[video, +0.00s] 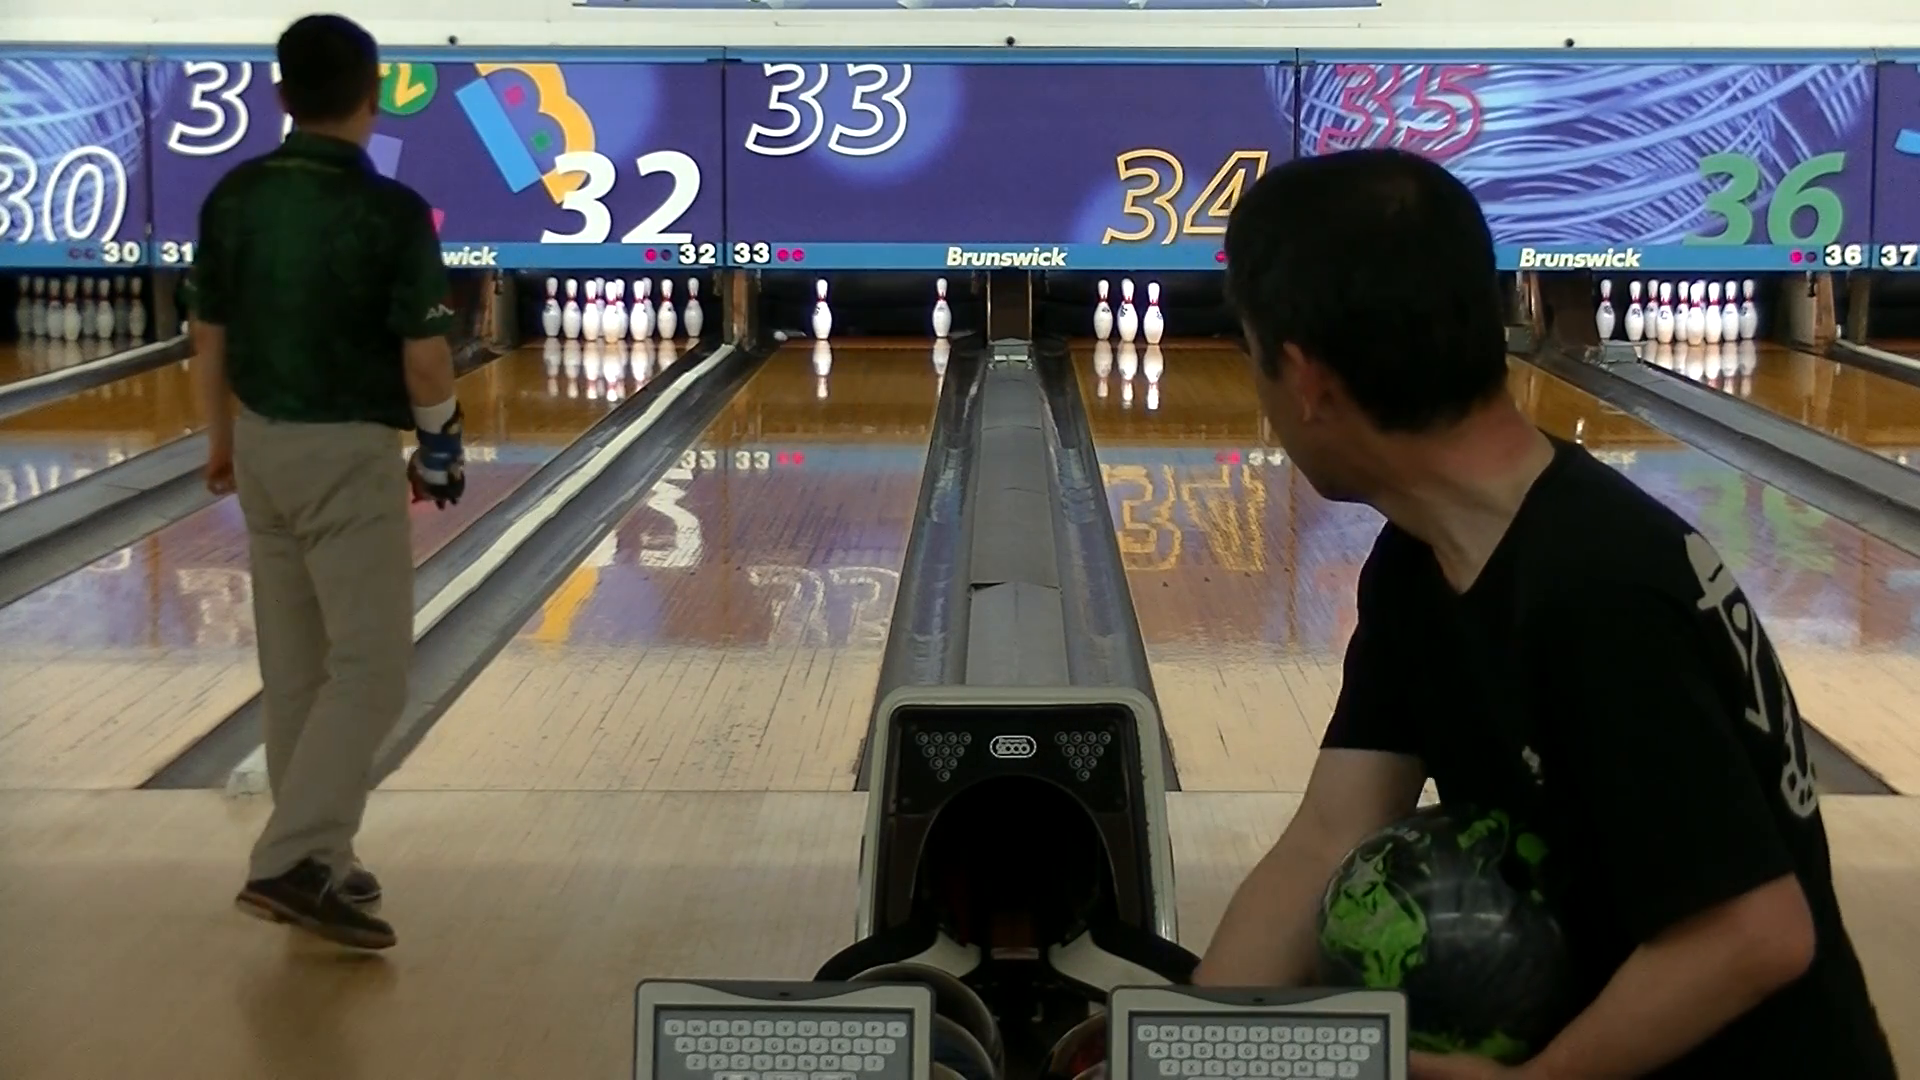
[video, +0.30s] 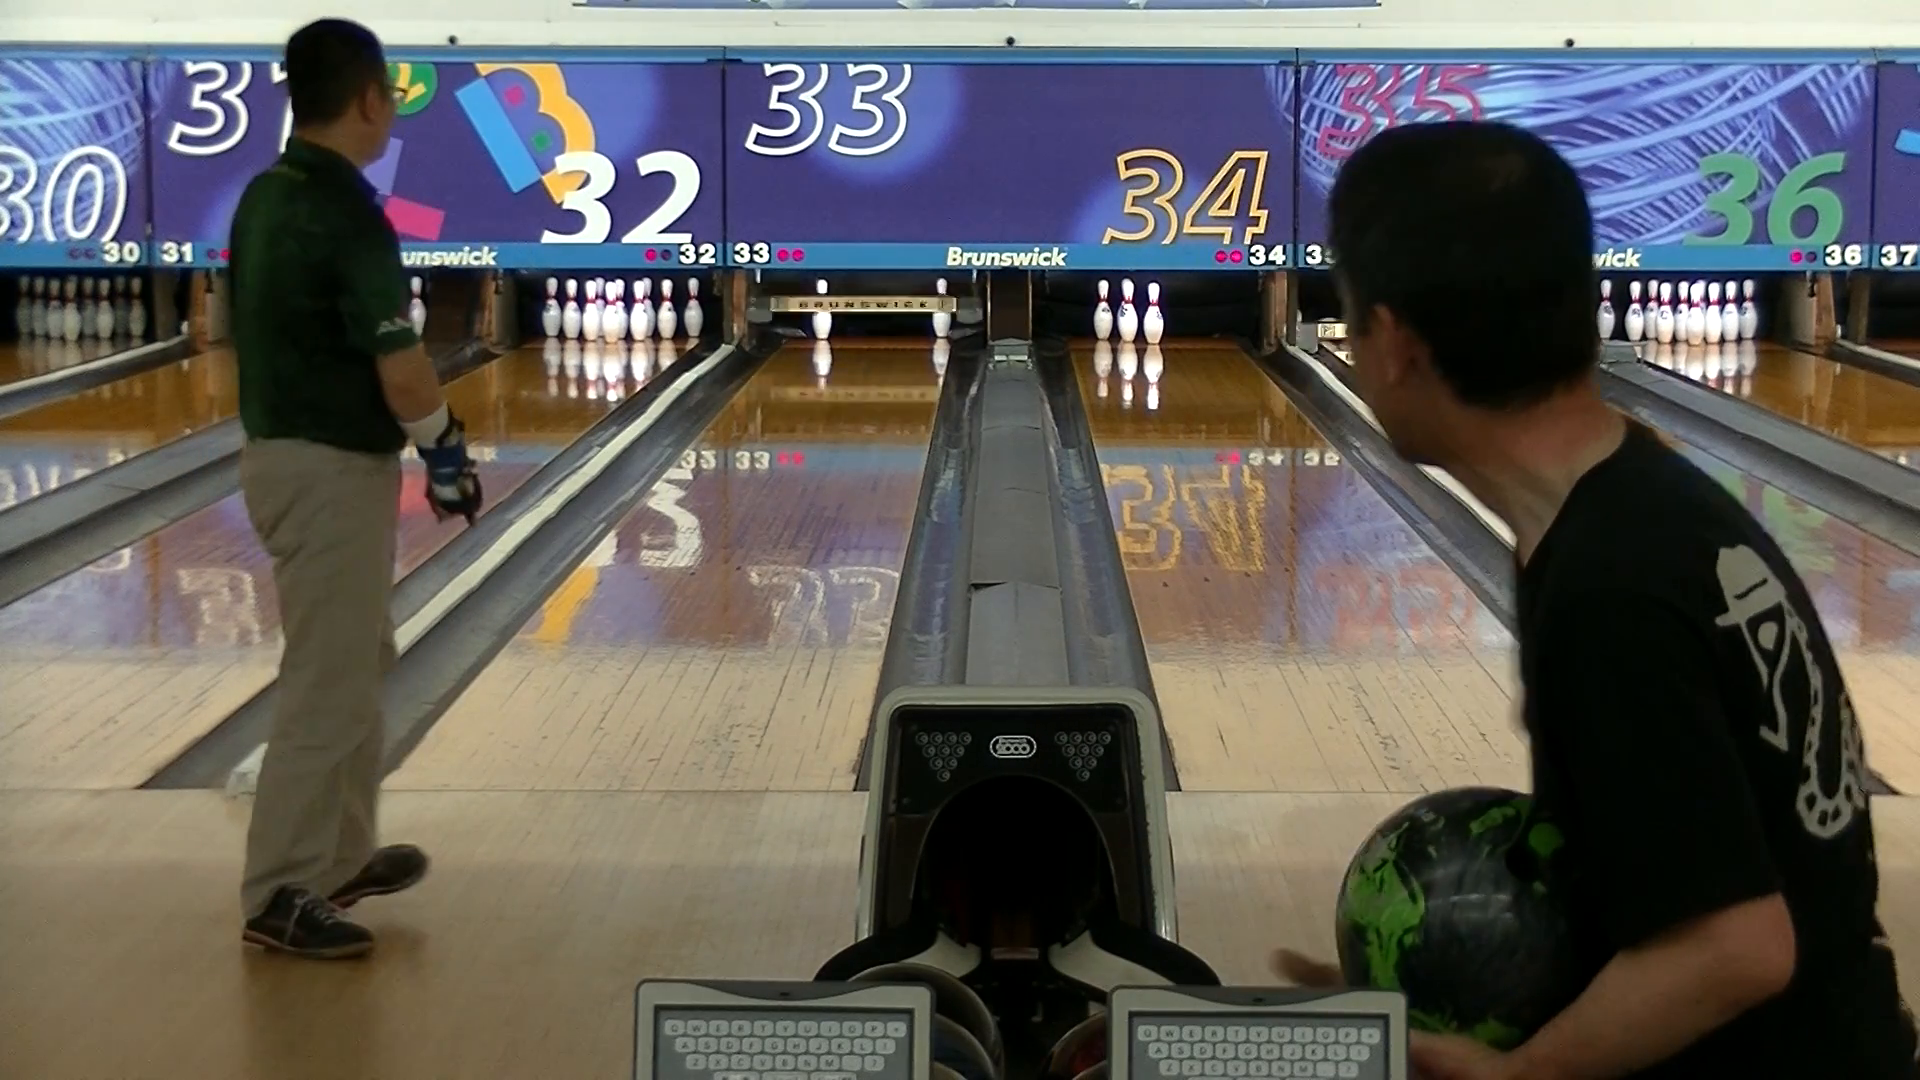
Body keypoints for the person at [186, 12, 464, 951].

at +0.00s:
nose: (381, 99)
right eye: (378, 86)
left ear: (284, 94)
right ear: (372, 93)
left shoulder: (232, 196)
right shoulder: (392, 211)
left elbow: (209, 336)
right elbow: (422, 354)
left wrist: (219, 438)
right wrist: (441, 435)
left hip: (260, 449)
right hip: (350, 452)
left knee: (292, 667)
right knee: (371, 666)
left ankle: (324, 872)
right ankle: (291, 859)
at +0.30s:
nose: (394, 108)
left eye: (388, 92)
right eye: (389, 92)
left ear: (304, 102)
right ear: (368, 99)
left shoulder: (264, 197)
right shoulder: (350, 214)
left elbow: (240, 336)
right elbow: (404, 371)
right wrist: (444, 447)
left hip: (288, 460)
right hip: (334, 468)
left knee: (360, 661)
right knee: (329, 676)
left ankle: (342, 852)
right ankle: (280, 894)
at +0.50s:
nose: (418, 137)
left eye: (420, 120)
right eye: (410, 118)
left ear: (361, 113)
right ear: (359, 109)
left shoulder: (354, 207)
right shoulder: (294, 212)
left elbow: (361, 355)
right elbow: (331, 369)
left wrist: (399, 468)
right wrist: (401, 487)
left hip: (374, 475)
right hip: (306, 480)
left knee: (440, 684)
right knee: (307, 702)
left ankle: (406, 877)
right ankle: (279, 892)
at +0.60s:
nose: (417, 160)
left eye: (425, 143)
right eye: (411, 139)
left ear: (381, 131)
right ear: (354, 121)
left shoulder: (385, 211)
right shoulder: (275, 221)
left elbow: (392, 357)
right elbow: (292, 368)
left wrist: (433, 465)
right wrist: (322, 486)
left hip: (404, 479)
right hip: (307, 489)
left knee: (451, 692)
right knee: (301, 704)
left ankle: (443, 902)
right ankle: (280, 891)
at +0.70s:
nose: (425, 177)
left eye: (434, 161)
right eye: (414, 157)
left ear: (432, 149)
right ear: (356, 132)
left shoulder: (417, 220)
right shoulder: (272, 227)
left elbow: (448, 344)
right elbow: (244, 359)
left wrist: (483, 461)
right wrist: (240, 448)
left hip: (418, 495)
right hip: (310, 505)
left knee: (448, 707)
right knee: (300, 716)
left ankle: (462, 914)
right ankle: (283, 892)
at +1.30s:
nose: (364, 232)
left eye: (389, 219)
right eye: (352, 209)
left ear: (433, 194)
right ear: (329, 171)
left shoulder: (488, 254)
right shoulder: (270, 252)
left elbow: (536, 398)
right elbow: (262, 384)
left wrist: (536, 527)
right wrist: (282, 471)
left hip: (460, 550)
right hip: (327, 552)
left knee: (461, 770)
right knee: (339, 781)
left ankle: (448, 954)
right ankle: (351, 996)